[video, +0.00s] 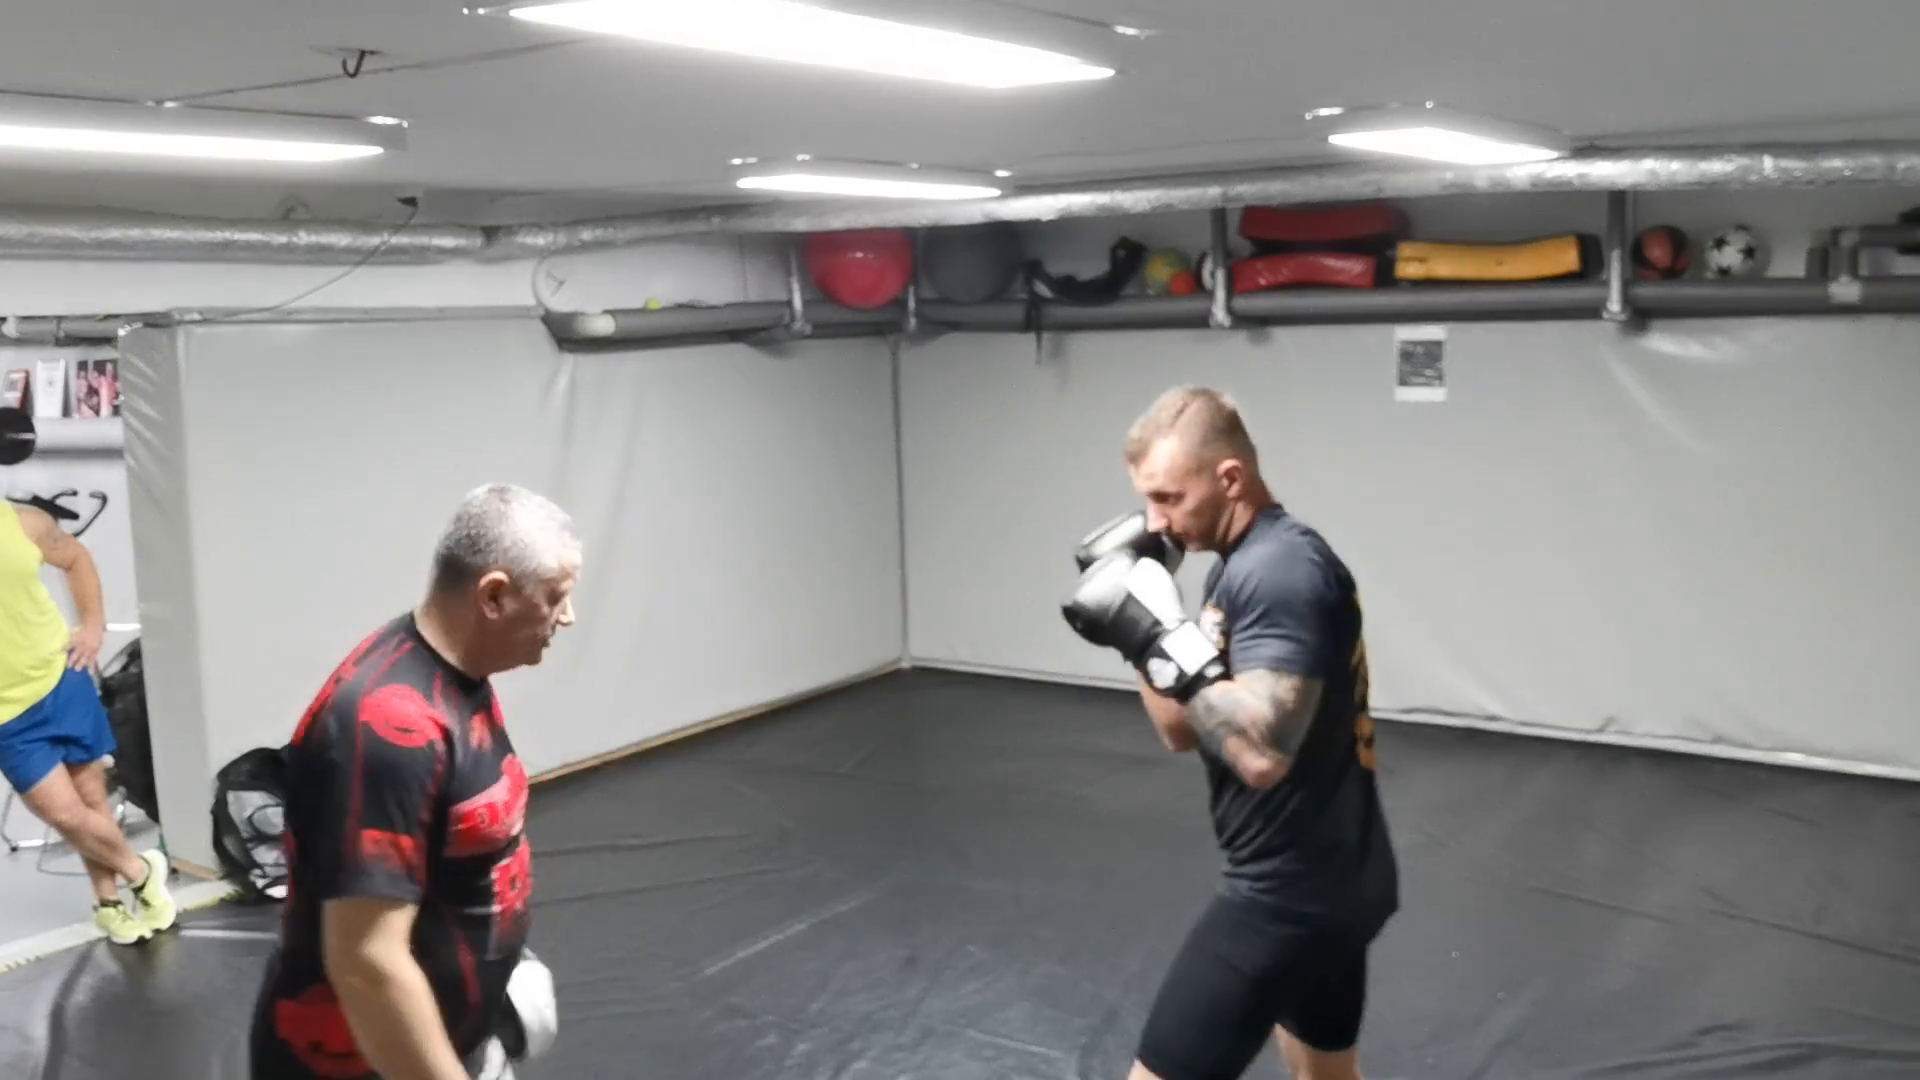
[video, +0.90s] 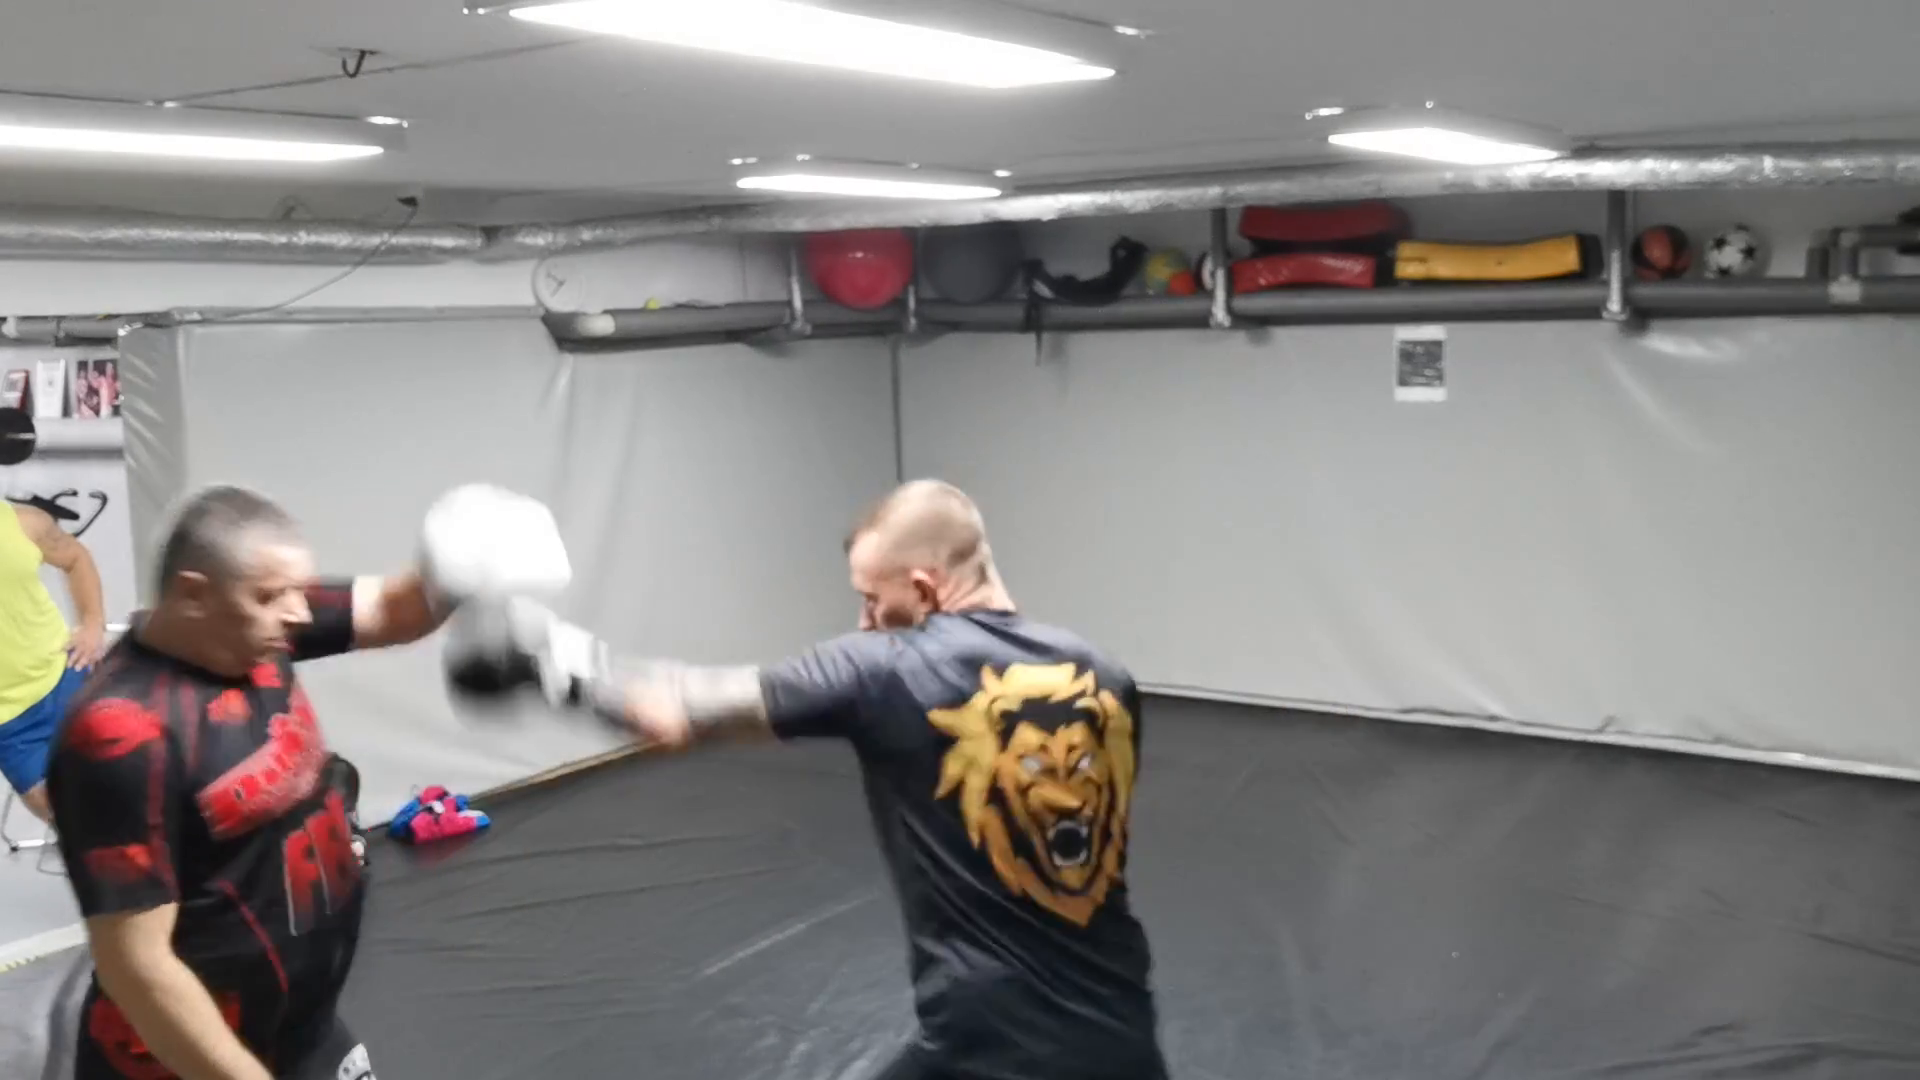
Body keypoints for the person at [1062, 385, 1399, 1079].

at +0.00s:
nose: (1157, 518)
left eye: (1168, 498)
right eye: (1149, 500)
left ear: (1230, 478)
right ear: (1228, 484)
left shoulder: (1283, 569)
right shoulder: (1242, 564)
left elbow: (1263, 753)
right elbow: (1179, 728)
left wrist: (1164, 630)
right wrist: (1143, 622)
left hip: (1290, 889)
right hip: (1321, 875)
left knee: (1158, 1072)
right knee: (1322, 1061)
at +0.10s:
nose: (1147, 540)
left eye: (1159, 516)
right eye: (1140, 519)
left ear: (1222, 496)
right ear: (1222, 499)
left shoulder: (1267, 588)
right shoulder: (1259, 573)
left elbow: (1212, 769)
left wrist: (1136, 642)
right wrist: (1145, 641)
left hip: (1294, 905)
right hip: (1339, 884)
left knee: (1201, 1069)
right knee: (1327, 1062)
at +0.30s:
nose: (1080, 562)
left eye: (1087, 538)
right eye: (1075, 541)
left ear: (1148, 516)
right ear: (1157, 516)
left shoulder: (1191, 614)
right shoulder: (1271, 564)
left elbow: (1124, 807)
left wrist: (1061, 677)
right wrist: (1131, 650)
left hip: (1271, 930)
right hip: (1358, 909)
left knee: (1195, 1070)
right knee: (1334, 1068)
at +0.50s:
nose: (1088, 556)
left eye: (1092, 530)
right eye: (1079, 534)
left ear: (1149, 504)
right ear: (1160, 501)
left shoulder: (1176, 606)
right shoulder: (1279, 568)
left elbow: (1089, 803)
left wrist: (1034, 670)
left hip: (1253, 956)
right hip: (1342, 934)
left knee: (1121, 1068)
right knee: (1334, 1068)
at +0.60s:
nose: (1070, 593)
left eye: (1079, 567)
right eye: (1063, 570)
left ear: (1143, 551)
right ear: (1151, 551)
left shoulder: (1172, 661)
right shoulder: (1260, 622)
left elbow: (1127, 876)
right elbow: (1098, 753)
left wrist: (1043, 759)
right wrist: (1097, 630)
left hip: (1225, 1009)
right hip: (1317, 986)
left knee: (1044, 1071)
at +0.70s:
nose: (987, 573)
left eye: (996, 548)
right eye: (984, 550)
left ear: (1062, 534)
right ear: (1074, 531)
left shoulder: (1078, 638)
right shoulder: (1204, 614)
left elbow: (1045, 834)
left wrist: (937, 778)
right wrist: (1048, 628)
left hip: (1122, 993)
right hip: (1237, 982)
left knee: (962, 1071)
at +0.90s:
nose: (868, 618)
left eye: (872, 599)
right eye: (863, 599)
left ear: (929, 585)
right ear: (980, 573)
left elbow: (679, 710)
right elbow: (1092, 837)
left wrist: (558, 654)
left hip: (983, 1040)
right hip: (1118, 1033)